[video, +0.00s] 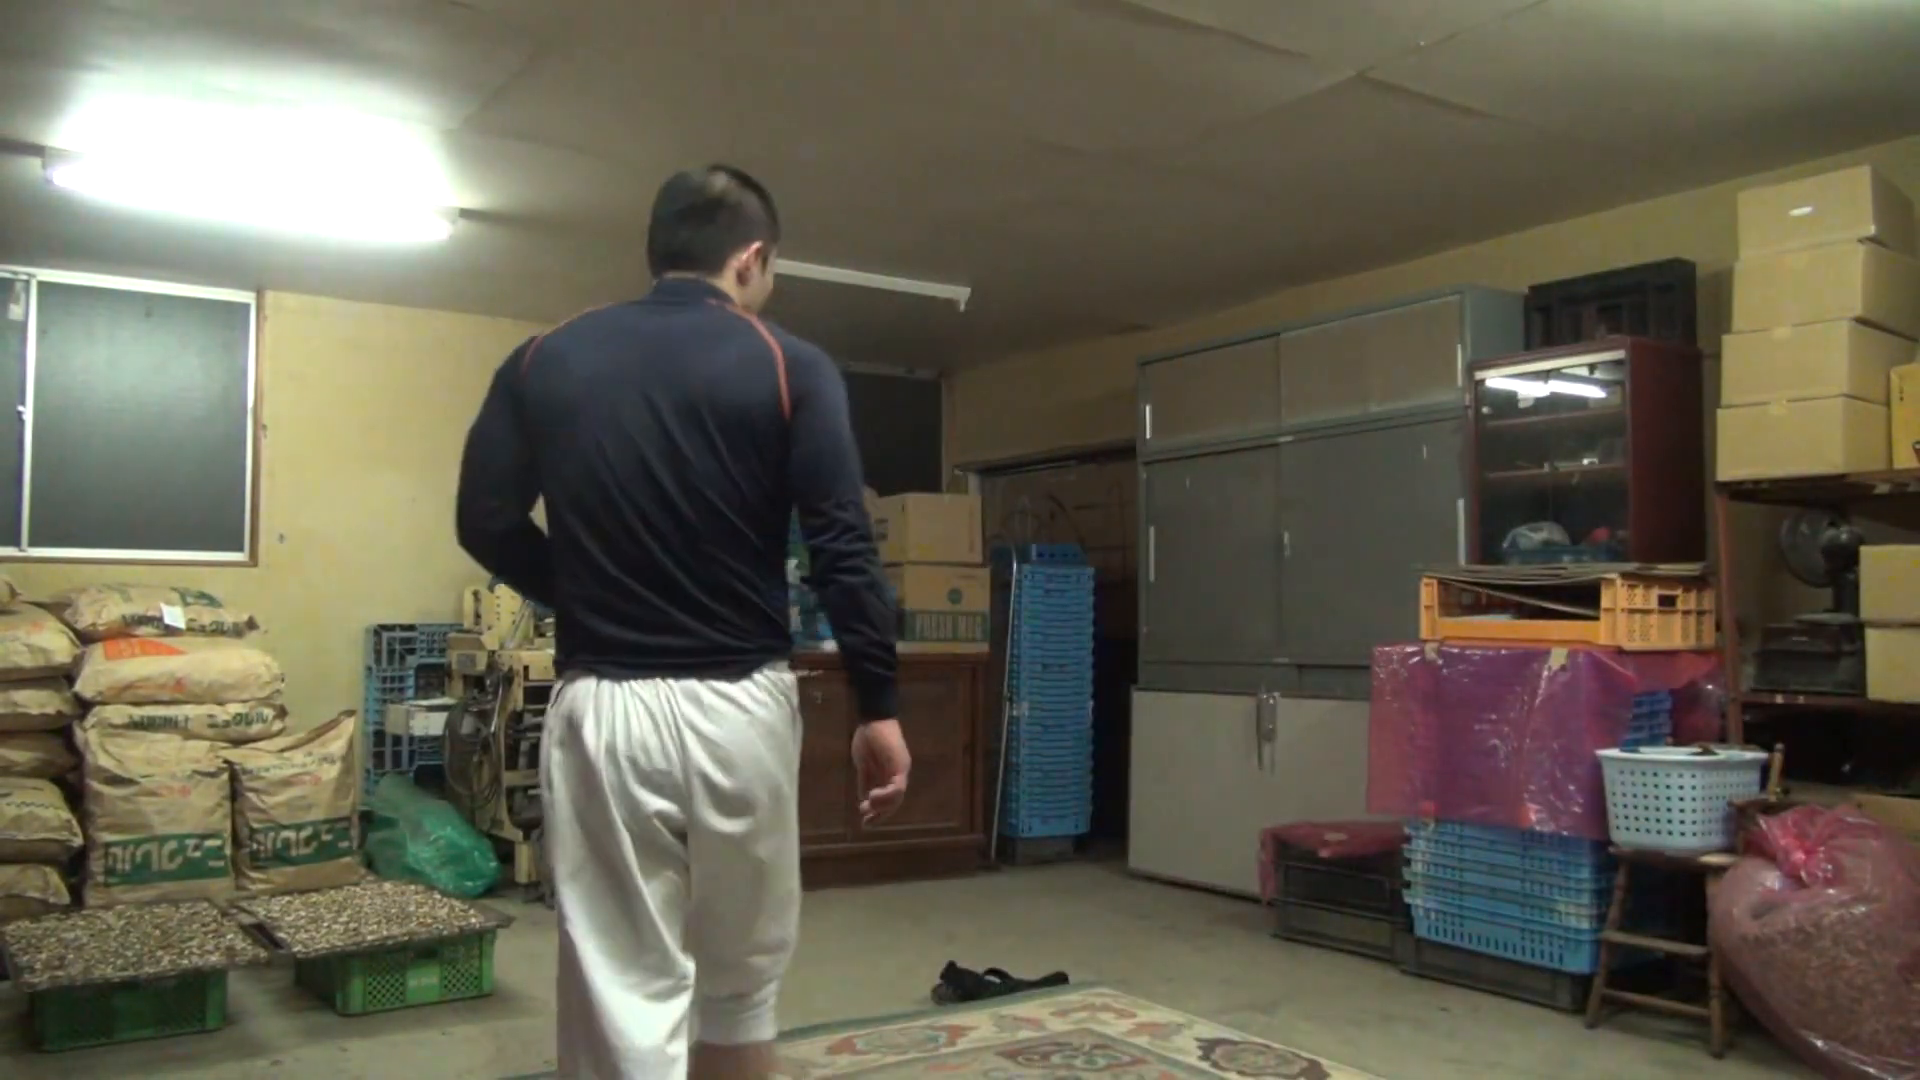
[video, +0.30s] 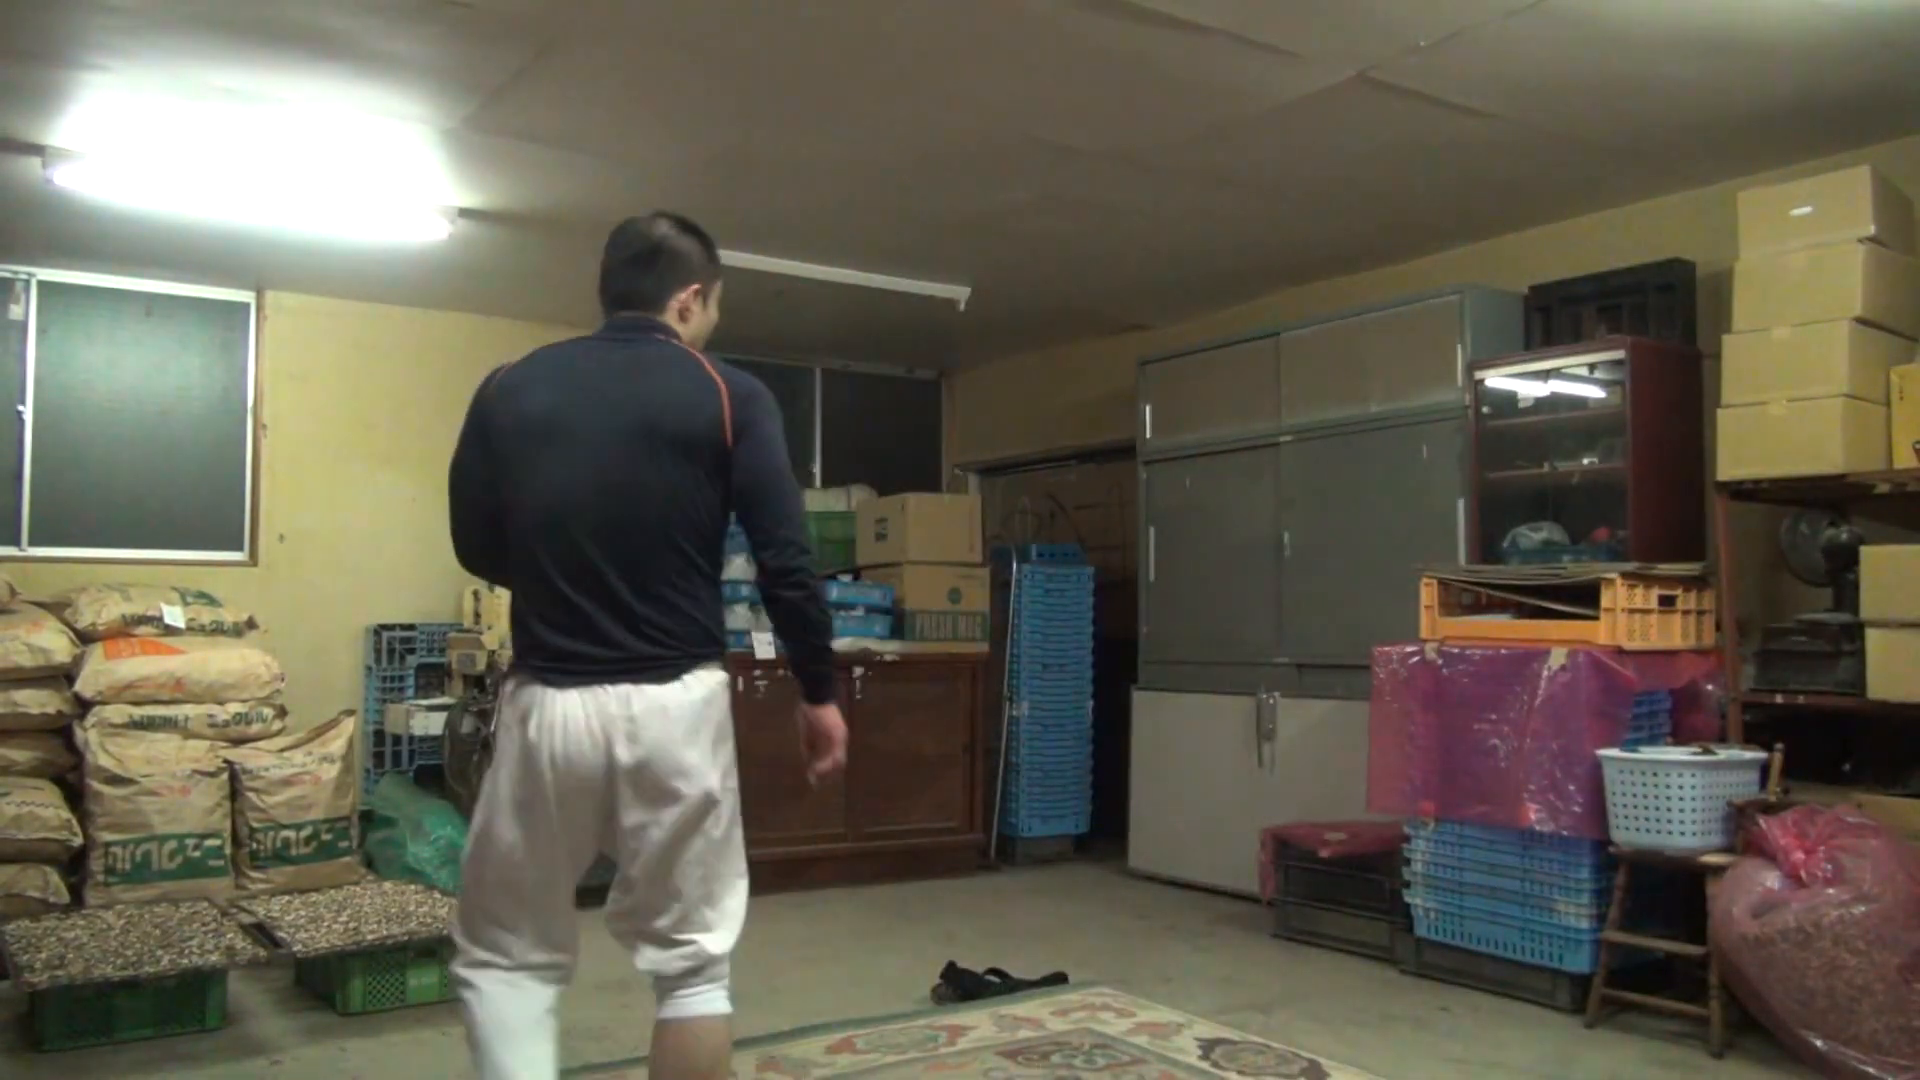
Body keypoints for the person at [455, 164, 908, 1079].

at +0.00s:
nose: (768, 290)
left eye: (768, 271)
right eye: (770, 270)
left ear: (655, 257)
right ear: (747, 261)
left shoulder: (545, 361)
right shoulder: (794, 369)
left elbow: (486, 520)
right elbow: (841, 542)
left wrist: (586, 587)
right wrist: (877, 704)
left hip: (598, 719)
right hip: (741, 719)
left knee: (624, 1003)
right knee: (738, 998)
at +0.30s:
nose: (713, 324)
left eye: (715, 308)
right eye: (713, 307)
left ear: (607, 296)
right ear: (687, 302)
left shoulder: (511, 387)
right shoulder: (731, 395)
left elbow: (480, 546)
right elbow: (785, 559)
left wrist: (572, 566)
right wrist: (820, 689)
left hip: (546, 719)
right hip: (678, 714)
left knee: (507, 963)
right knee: (692, 966)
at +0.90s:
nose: (542, 336)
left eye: (543, 317)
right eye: (533, 314)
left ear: (461, 314)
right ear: (480, 310)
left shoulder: (380, 388)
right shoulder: (452, 370)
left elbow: (362, 539)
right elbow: (417, 499)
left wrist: (486, 603)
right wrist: (495, 613)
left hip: (339, 691)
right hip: (410, 691)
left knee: (353, 958)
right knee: (460, 943)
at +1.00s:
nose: (521, 334)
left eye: (523, 316)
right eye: (513, 312)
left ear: (442, 312)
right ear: (458, 308)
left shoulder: (350, 392)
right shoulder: (431, 372)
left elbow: (331, 551)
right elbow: (402, 510)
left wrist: (448, 640)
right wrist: (489, 626)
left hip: (314, 699)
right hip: (390, 701)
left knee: (326, 965)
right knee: (407, 960)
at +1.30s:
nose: (479, 312)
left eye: (481, 291)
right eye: (474, 287)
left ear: (384, 277)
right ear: (418, 273)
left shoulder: (278, 356)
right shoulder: (392, 340)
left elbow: (214, 499)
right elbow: (360, 467)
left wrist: (346, 555)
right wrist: (446, 590)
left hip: (221, 682)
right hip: (309, 688)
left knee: (226, 959)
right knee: (308, 971)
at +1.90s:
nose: (414, 302)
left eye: (412, 280)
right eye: (404, 277)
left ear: (311, 279)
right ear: (349, 275)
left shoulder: (201, 369)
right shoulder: (323, 352)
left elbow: (114, 502)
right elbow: (271, 481)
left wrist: (234, 548)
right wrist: (379, 616)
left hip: (161, 723)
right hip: (264, 719)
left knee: (176, 1001)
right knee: (331, 997)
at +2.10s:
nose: (408, 248)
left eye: (405, 224)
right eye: (397, 223)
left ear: (308, 224)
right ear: (343, 222)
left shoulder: (202, 308)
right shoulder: (311, 288)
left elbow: (106, 425)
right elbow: (244, 387)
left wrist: (217, 495)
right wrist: (354, 522)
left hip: (135, 657)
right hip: (241, 661)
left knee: (124, 957)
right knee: (292, 961)